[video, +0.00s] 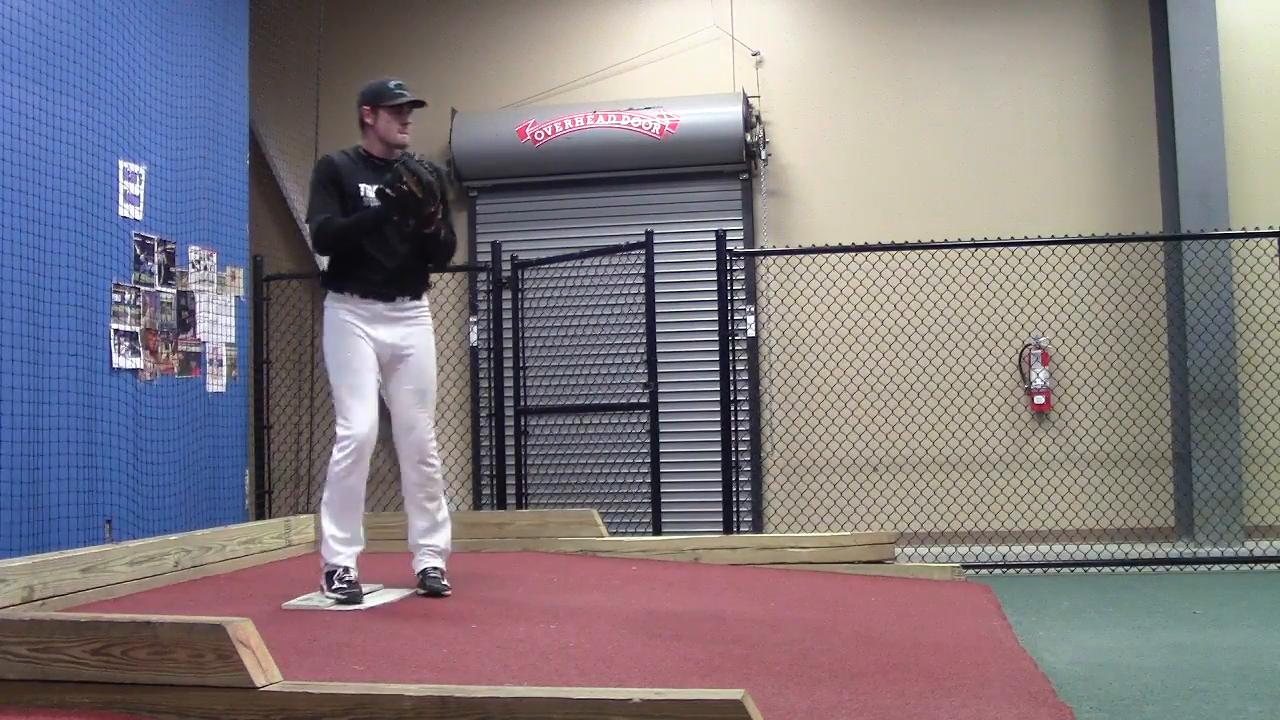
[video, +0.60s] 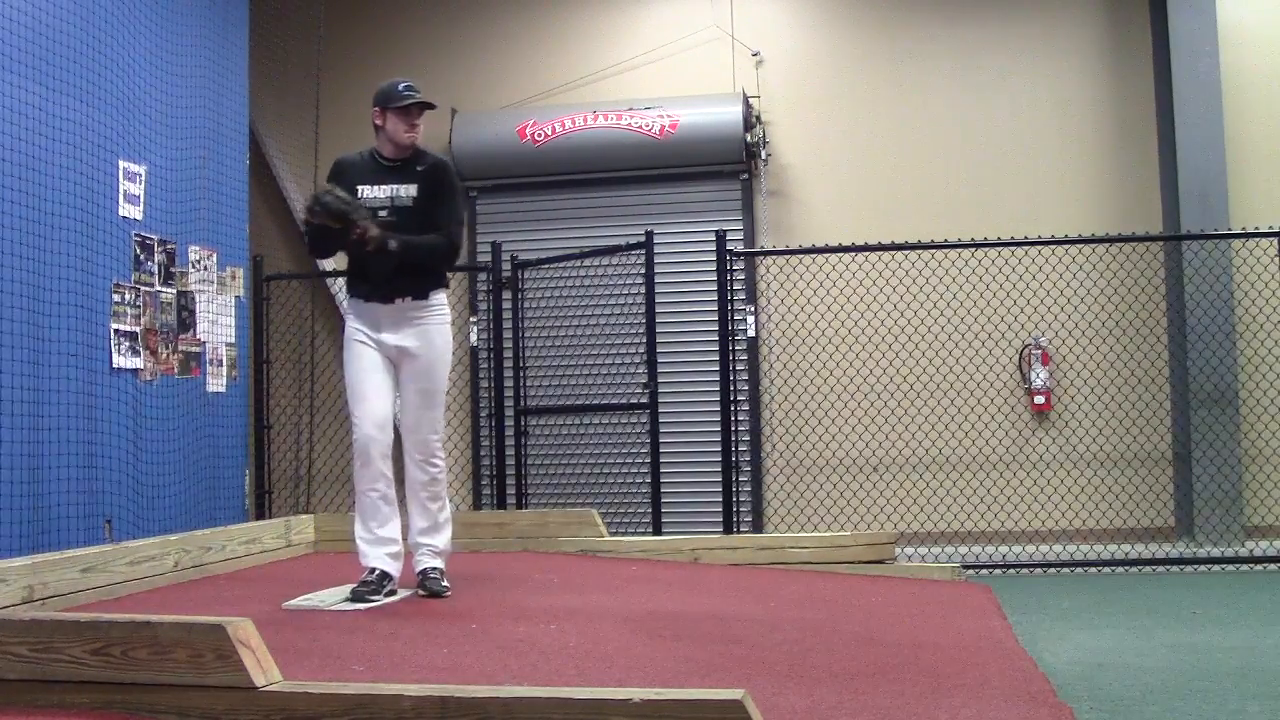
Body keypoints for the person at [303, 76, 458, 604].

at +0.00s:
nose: (406, 121)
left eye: (408, 114)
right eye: (396, 113)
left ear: (408, 120)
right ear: (368, 116)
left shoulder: (420, 175)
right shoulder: (336, 167)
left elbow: (443, 256)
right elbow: (324, 236)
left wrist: (432, 222)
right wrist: (386, 210)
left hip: (410, 319)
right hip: (351, 317)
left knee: (419, 440)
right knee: (358, 432)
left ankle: (431, 558)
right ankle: (339, 562)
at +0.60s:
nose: (415, 122)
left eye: (419, 114)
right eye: (405, 114)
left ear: (423, 120)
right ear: (378, 118)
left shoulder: (437, 171)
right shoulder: (347, 170)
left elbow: (450, 248)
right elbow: (320, 247)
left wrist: (388, 244)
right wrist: (325, 221)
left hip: (426, 320)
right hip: (365, 321)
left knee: (425, 442)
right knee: (369, 436)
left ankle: (431, 559)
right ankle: (379, 565)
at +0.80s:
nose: (395, 125)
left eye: (402, 116)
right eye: (385, 116)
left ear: (411, 121)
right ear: (365, 120)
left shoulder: (422, 166)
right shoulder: (341, 174)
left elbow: (421, 232)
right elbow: (308, 241)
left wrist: (345, 218)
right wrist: (297, 212)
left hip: (417, 311)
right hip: (360, 317)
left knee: (385, 410)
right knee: (361, 435)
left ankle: (415, 544)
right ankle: (379, 568)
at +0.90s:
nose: (391, 125)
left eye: (398, 117)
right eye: (381, 117)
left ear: (408, 121)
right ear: (362, 120)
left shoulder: (417, 163)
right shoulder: (340, 173)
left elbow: (413, 223)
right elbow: (296, 232)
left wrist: (338, 199)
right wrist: (303, 196)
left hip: (420, 298)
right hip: (365, 308)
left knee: (361, 362)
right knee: (368, 427)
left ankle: (379, 515)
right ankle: (381, 566)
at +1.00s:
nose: (385, 126)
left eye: (392, 117)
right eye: (375, 118)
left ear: (403, 120)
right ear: (357, 121)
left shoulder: (415, 159)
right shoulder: (341, 171)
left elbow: (408, 213)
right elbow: (287, 222)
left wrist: (335, 181)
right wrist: (298, 180)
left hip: (427, 294)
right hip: (369, 305)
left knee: (351, 297)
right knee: (369, 440)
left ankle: (351, 442)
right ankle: (380, 566)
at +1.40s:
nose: (395, 134)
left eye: (399, 125)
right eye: (384, 126)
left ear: (405, 128)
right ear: (357, 131)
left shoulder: (413, 168)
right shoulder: (338, 183)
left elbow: (427, 222)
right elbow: (281, 241)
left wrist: (352, 197)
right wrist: (309, 203)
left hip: (444, 305)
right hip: (387, 319)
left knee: (382, 364)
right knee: (364, 439)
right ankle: (375, 567)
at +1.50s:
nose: (395, 159)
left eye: (399, 150)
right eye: (384, 151)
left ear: (404, 153)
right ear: (357, 156)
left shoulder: (412, 195)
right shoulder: (340, 210)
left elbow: (437, 243)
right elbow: (293, 282)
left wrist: (364, 236)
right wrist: (317, 245)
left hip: (454, 331)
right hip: (397, 344)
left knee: (402, 401)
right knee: (363, 444)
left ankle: (403, 544)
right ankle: (376, 566)